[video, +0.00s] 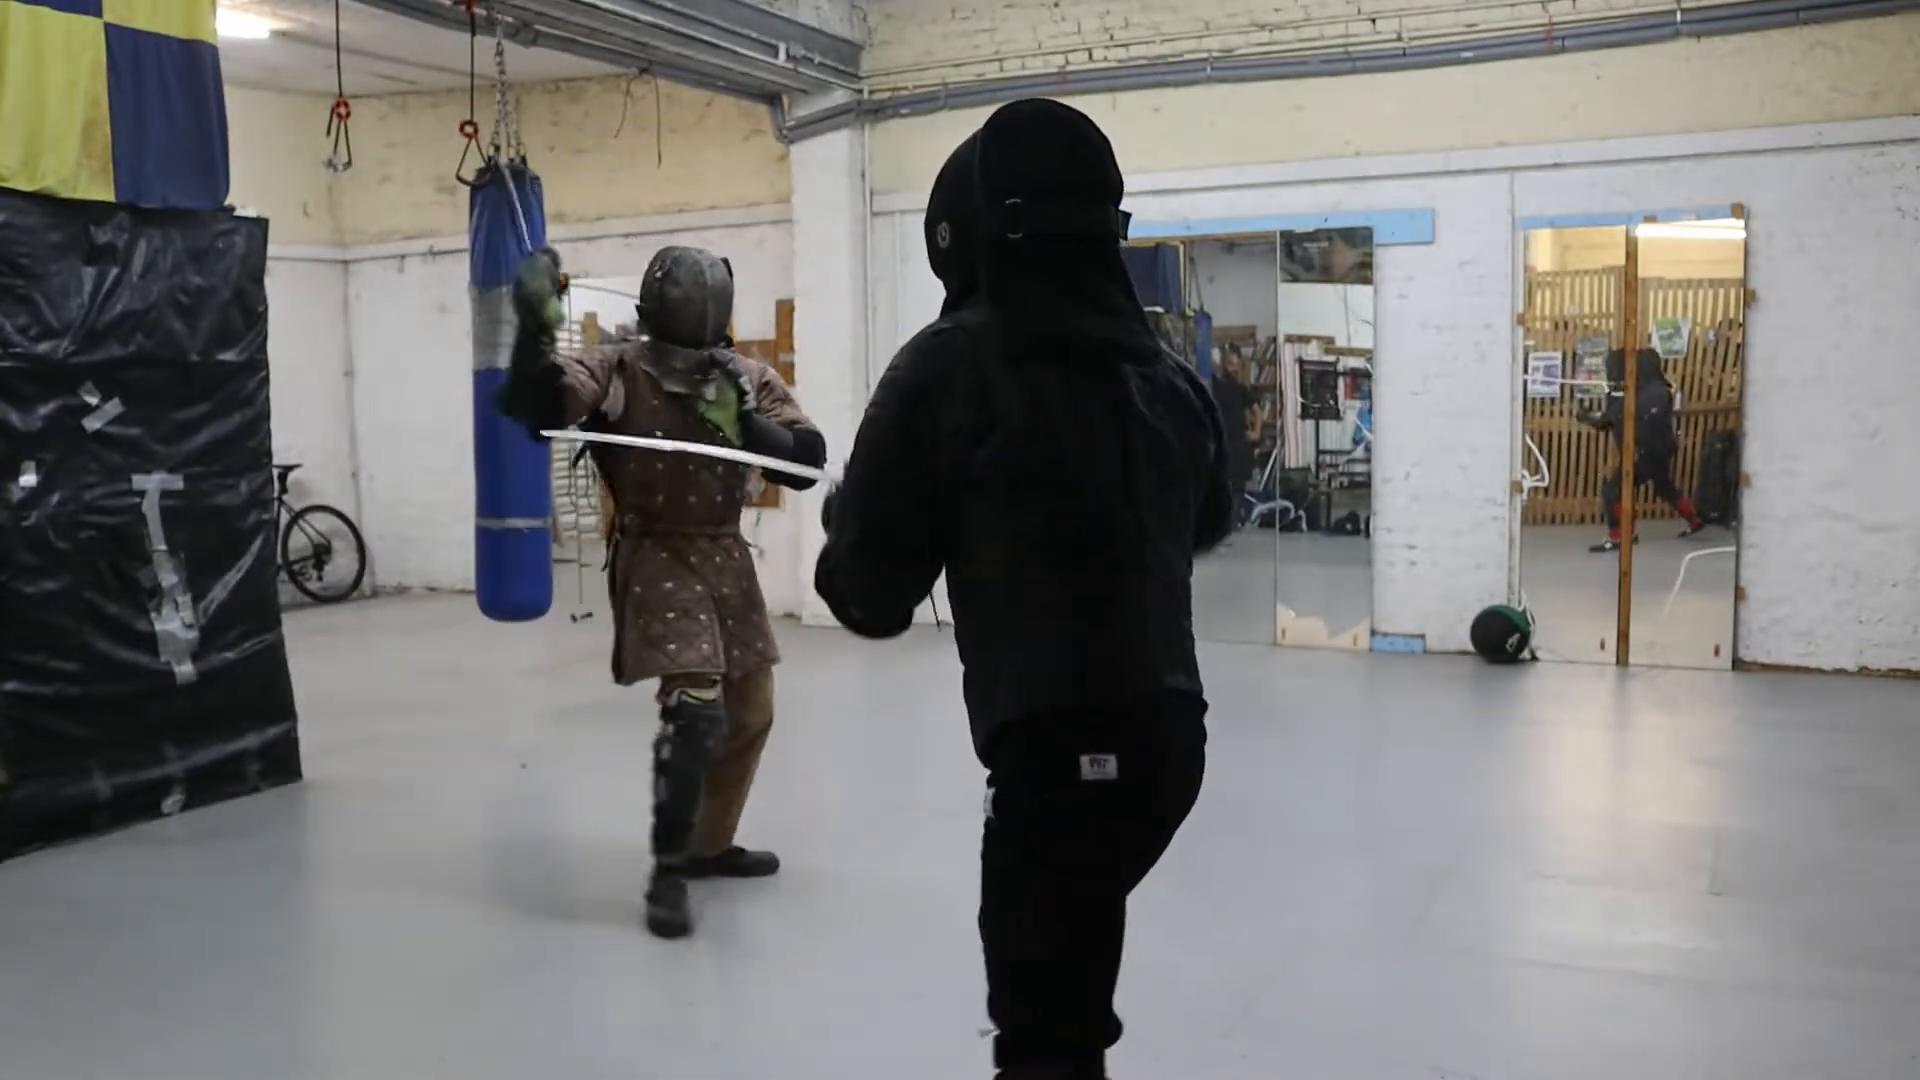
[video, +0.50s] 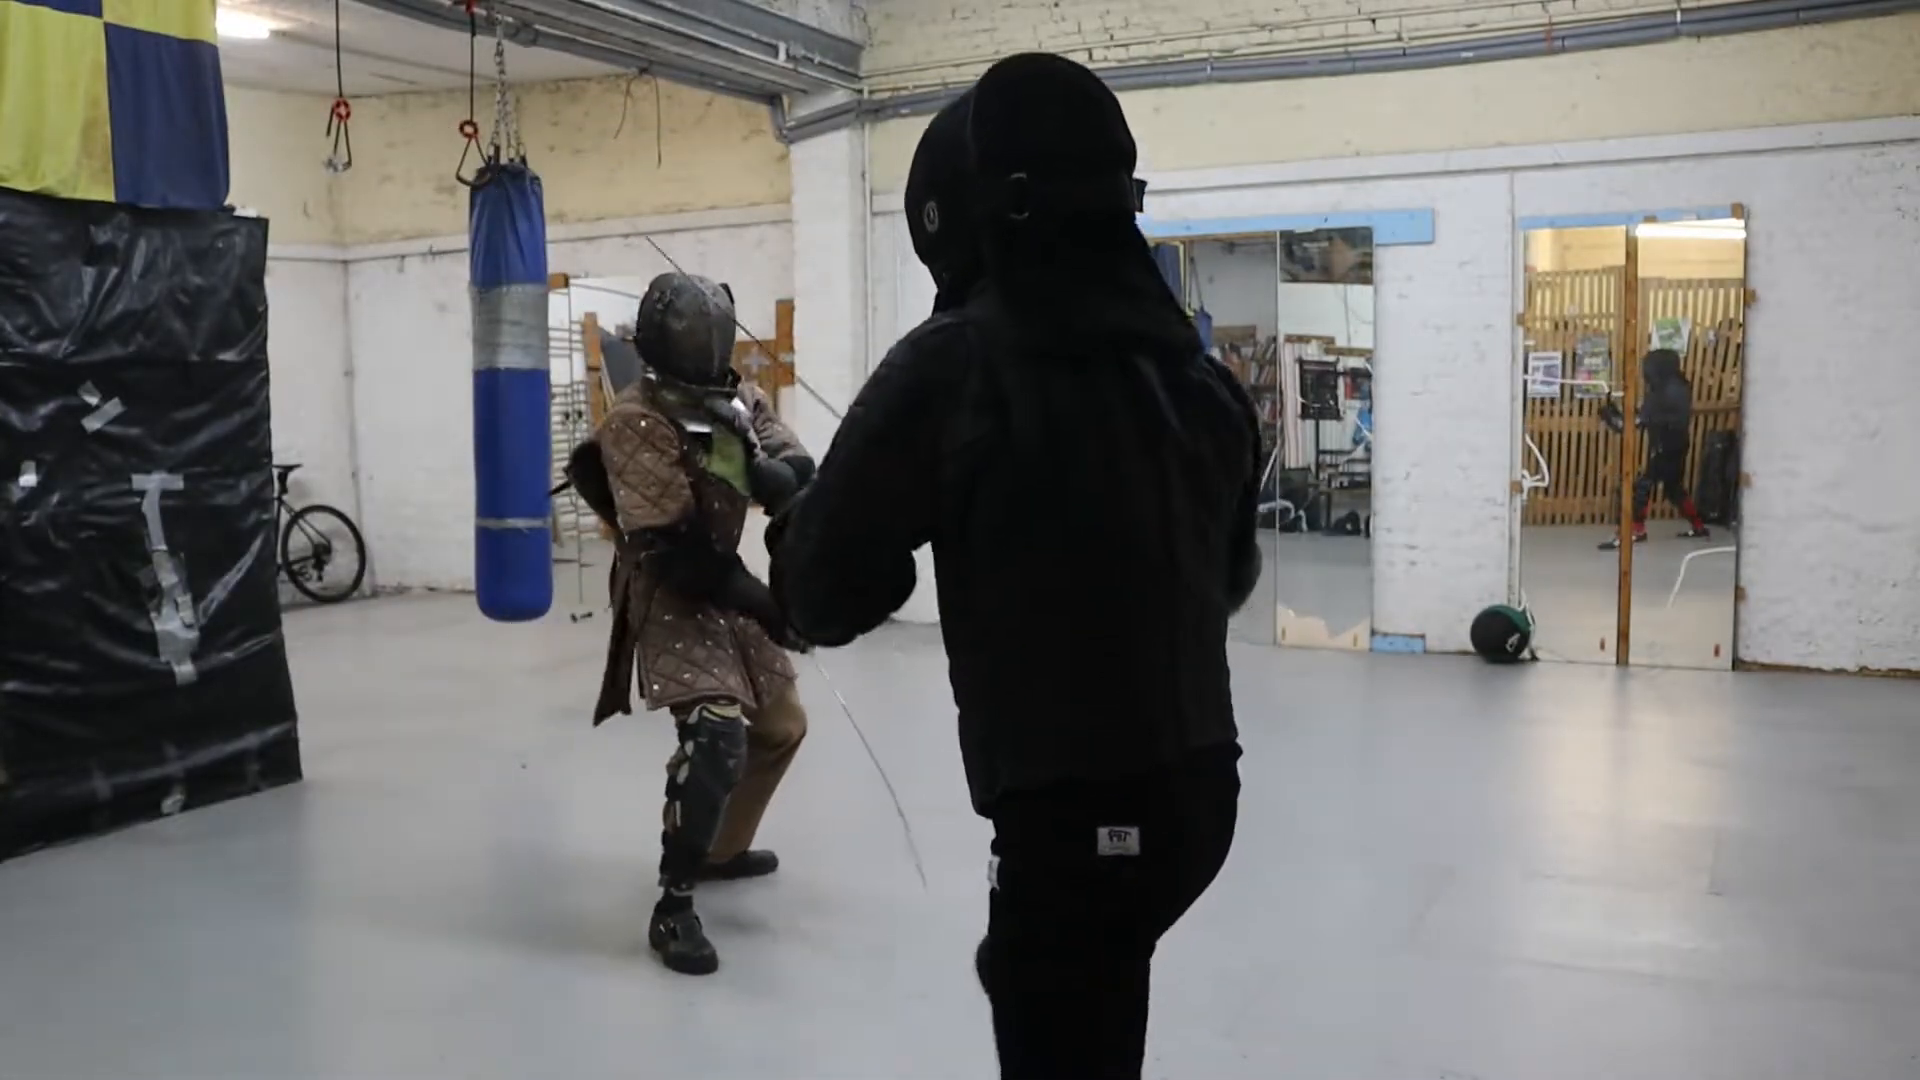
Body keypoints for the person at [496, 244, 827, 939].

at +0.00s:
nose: (689, 356)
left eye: (701, 341)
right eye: (676, 340)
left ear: (722, 324)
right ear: (651, 319)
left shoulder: (745, 377)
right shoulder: (617, 371)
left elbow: (810, 458)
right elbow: (536, 406)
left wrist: (745, 421)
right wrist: (536, 324)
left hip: (726, 554)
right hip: (655, 554)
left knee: (751, 713)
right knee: (697, 708)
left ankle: (710, 845)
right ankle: (668, 875)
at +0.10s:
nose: (695, 352)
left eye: (709, 337)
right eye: (682, 337)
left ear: (728, 326)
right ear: (657, 323)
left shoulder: (746, 378)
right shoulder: (631, 370)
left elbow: (811, 463)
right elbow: (568, 435)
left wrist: (752, 424)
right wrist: (579, 362)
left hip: (730, 551)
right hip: (664, 554)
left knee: (764, 714)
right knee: (712, 719)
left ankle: (714, 846)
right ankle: (679, 884)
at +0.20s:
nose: (701, 361)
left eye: (712, 345)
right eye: (686, 347)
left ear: (728, 329)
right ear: (654, 328)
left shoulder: (745, 377)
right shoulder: (628, 380)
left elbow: (807, 465)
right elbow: (609, 475)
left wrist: (755, 429)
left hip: (729, 552)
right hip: (666, 554)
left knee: (767, 719)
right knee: (715, 721)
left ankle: (716, 847)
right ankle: (678, 889)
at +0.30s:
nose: (702, 369)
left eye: (713, 353)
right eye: (686, 355)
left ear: (726, 337)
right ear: (654, 339)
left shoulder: (742, 385)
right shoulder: (628, 401)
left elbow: (805, 465)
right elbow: (655, 516)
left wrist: (750, 446)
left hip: (731, 567)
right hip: (667, 572)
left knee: (771, 724)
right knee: (711, 732)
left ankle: (717, 846)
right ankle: (675, 901)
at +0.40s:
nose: (702, 359)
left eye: (714, 345)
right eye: (689, 344)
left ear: (728, 342)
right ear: (662, 339)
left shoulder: (742, 394)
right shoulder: (635, 409)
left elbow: (800, 485)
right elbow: (673, 543)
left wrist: (747, 439)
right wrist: (766, 583)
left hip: (730, 582)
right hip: (665, 589)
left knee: (777, 724)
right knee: (712, 732)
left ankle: (718, 847)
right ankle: (674, 904)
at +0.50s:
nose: (707, 359)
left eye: (716, 344)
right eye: (692, 345)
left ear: (732, 342)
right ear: (662, 345)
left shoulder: (739, 402)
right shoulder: (637, 425)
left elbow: (792, 462)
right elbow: (672, 550)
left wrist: (775, 467)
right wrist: (771, 609)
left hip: (733, 592)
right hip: (669, 599)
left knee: (780, 726)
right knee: (718, 733)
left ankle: (721, 851)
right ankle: (675, 905)